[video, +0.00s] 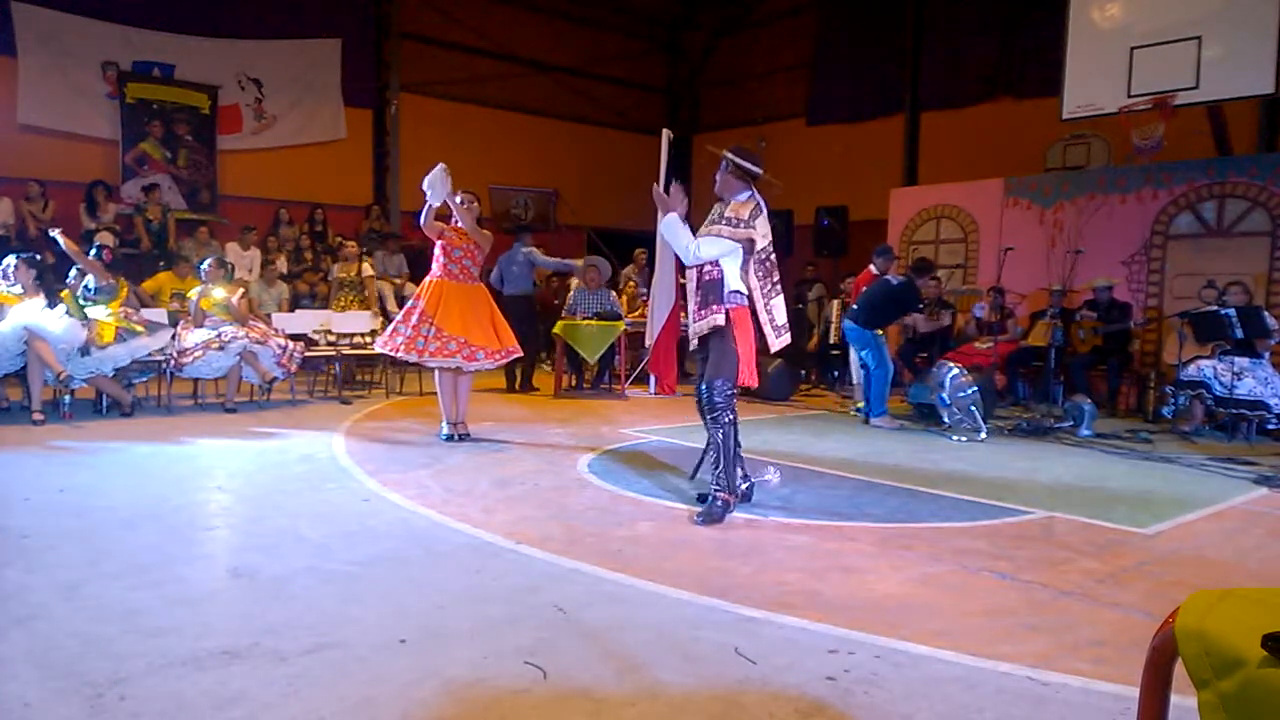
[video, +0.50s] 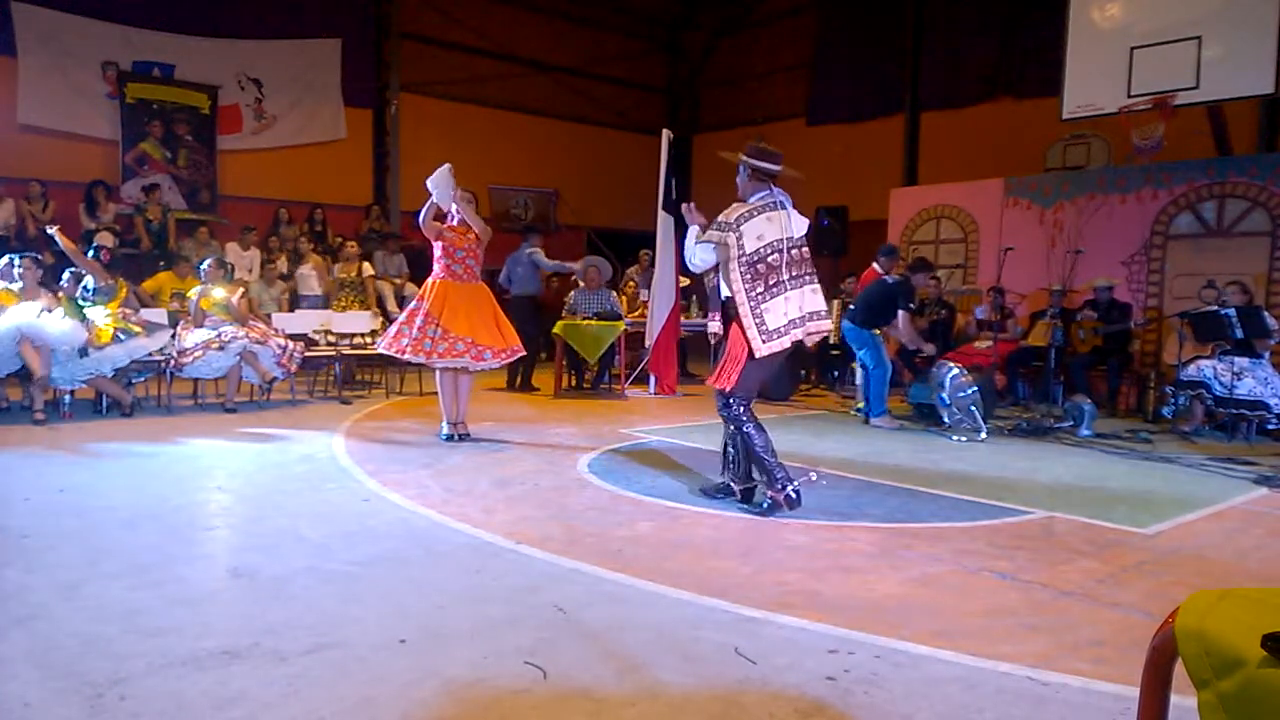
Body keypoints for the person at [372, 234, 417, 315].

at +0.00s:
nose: (396, 245)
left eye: (397, 242)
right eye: (393, 242)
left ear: (398, 244)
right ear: (387, 243)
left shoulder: (400, 255)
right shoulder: (379, 255)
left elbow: (405, 272)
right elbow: (380, 273)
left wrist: (402, 283)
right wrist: (393, 282)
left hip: (397, 278)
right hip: (383, 278)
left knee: (412, 289)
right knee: (387, 288)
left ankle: (411, 314)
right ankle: (394, 314)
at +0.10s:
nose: (396, 245)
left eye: (397, 242)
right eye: (393, 242)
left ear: (398, 243)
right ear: (387, 243)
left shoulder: (400, 255)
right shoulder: (379, 254)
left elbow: (406, 272)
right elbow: (380, 273)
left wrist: (402, 283)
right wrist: (394, 282)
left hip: (397, 278)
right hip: (383, 278)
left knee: (412, 288)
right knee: (387, 289)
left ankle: (411, 314)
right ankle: (394, 314)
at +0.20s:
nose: (396, 245)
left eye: (397, 242)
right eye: (393, 242)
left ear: (398, 243)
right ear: (387, 243)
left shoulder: (400, 255)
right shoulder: (379, 254)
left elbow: (406, 272)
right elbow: (380, 273)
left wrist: (403, 283)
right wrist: (394, 282)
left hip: (398, 278)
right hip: (383, 278)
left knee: (412, 289)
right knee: (387, 289)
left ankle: (412, 314)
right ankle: (394, 314)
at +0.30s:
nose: (396, 245)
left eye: (397, 242)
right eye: (393, 242)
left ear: (398, 244)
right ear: (387, 243)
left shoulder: (400, 255)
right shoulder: (379, 254)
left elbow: (405, 272)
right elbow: (379, 273)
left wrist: (402, 283)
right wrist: (393, 282)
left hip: (397, 278)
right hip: (383, 278)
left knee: (412, 289)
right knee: (387, 289)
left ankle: (412, 314)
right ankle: (394, 314)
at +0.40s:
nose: (396, 245)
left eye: (397, 242)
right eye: (393, 242)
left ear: (398, 244)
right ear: (386, 243)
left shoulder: (400, 256)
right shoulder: (379, 254)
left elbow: (406, 272)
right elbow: (379, 273)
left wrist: (402, 283)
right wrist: (393, 282)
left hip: (398, 278)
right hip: (383, 278)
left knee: (414, 291)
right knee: (387, 290)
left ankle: (410, 315)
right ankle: (394, 314)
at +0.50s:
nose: (396, 245)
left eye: (397, 242)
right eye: (393, 242)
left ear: (398, 243)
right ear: (387, 243)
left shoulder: (400, 256)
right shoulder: (379, 254)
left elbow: (406, 272)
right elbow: (379, 273)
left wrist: (402, 283)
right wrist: (393, 282)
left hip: (398, 278)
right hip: (383, 278)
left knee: (413, 291)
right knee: (387, 291)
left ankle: (408, 315)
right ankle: (394, 314)